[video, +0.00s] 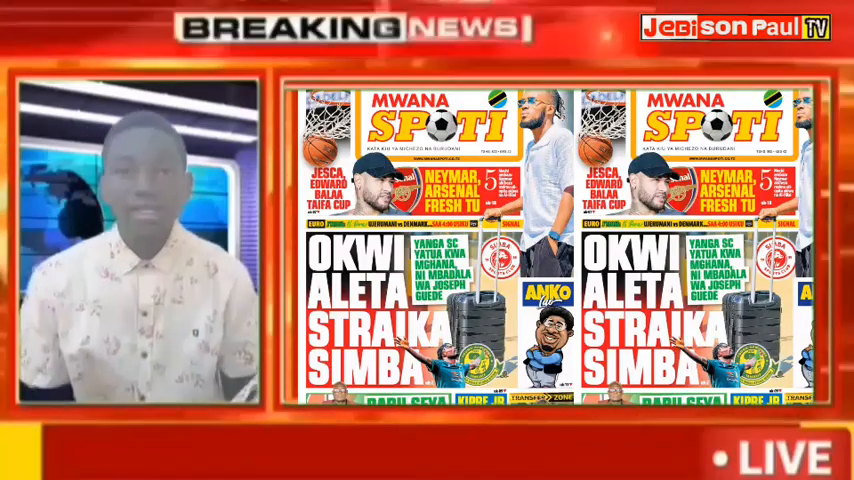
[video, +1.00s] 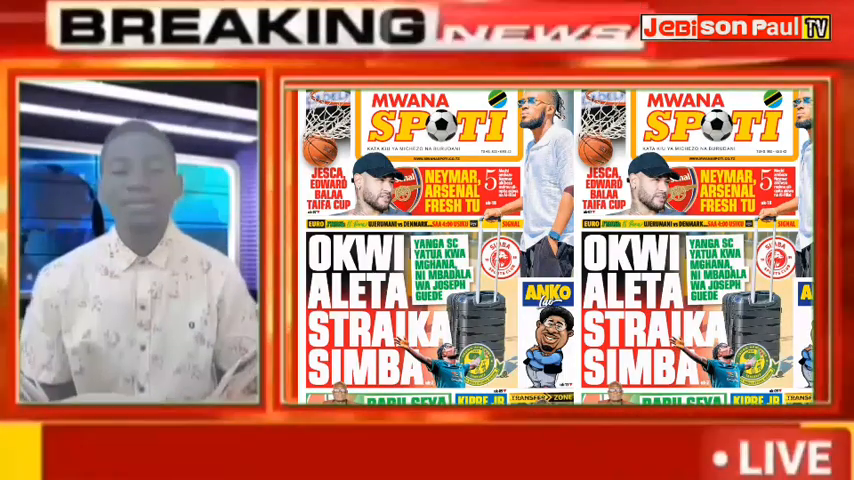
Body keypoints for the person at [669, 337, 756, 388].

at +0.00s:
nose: (729, 348)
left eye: (729, 347)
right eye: (725, 347)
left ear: (731, 351)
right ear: (718, 353)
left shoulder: (737, 366)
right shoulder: (714, 364)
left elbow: (750, 365)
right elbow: (698, 359)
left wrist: (755, 358)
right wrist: (683, 348)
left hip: (737, 401)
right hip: (720, 401)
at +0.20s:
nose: (729, 348)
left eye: (729, 347)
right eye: (725, 347)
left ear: (731, 351)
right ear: (718, 353)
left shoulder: (737, 366)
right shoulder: (714, 364)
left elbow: (750, 365)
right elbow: (698, 359)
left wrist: (755, 358)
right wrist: (683, 348)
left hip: (737, 401)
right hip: (720, 401)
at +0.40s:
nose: (729, 348)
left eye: (729, 347)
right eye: (725, 347)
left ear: (731, 351)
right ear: (718, 353)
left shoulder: (737, 366)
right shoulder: (714, 364)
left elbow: (750, 365)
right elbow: (698, 359)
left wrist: (755, 358)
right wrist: (683, 348)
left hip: (737, 401)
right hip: (720, 401)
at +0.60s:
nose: (729, 348)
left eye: (729, 347)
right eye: (725, 347)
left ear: (731, 351)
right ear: (718, 353)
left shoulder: (737, 366)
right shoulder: (714, 364)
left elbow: (750, 365)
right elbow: (698, 359)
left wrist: (755, 358)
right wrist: (683, 348)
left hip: (737, 401)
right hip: (720, 401)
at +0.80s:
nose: (729, 348)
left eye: (729, 347)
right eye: (725, 347)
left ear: (731, 351)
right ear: (718, 353)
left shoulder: (737, 366)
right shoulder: (714, 364)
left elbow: (750, 365)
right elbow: (698, 359)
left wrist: (755, 358)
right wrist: (684, 348)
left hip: (737, 401)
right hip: (720, 402)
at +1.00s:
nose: (729, 348)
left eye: (729, 347)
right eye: (725, 347)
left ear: (731, 351)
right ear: (718, 353)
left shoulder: (737, 366)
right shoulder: (714, 364)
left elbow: (750, 365)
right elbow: (698, 359)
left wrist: (754, 359)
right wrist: (684, 348)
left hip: (737, 401)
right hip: (720, 401)